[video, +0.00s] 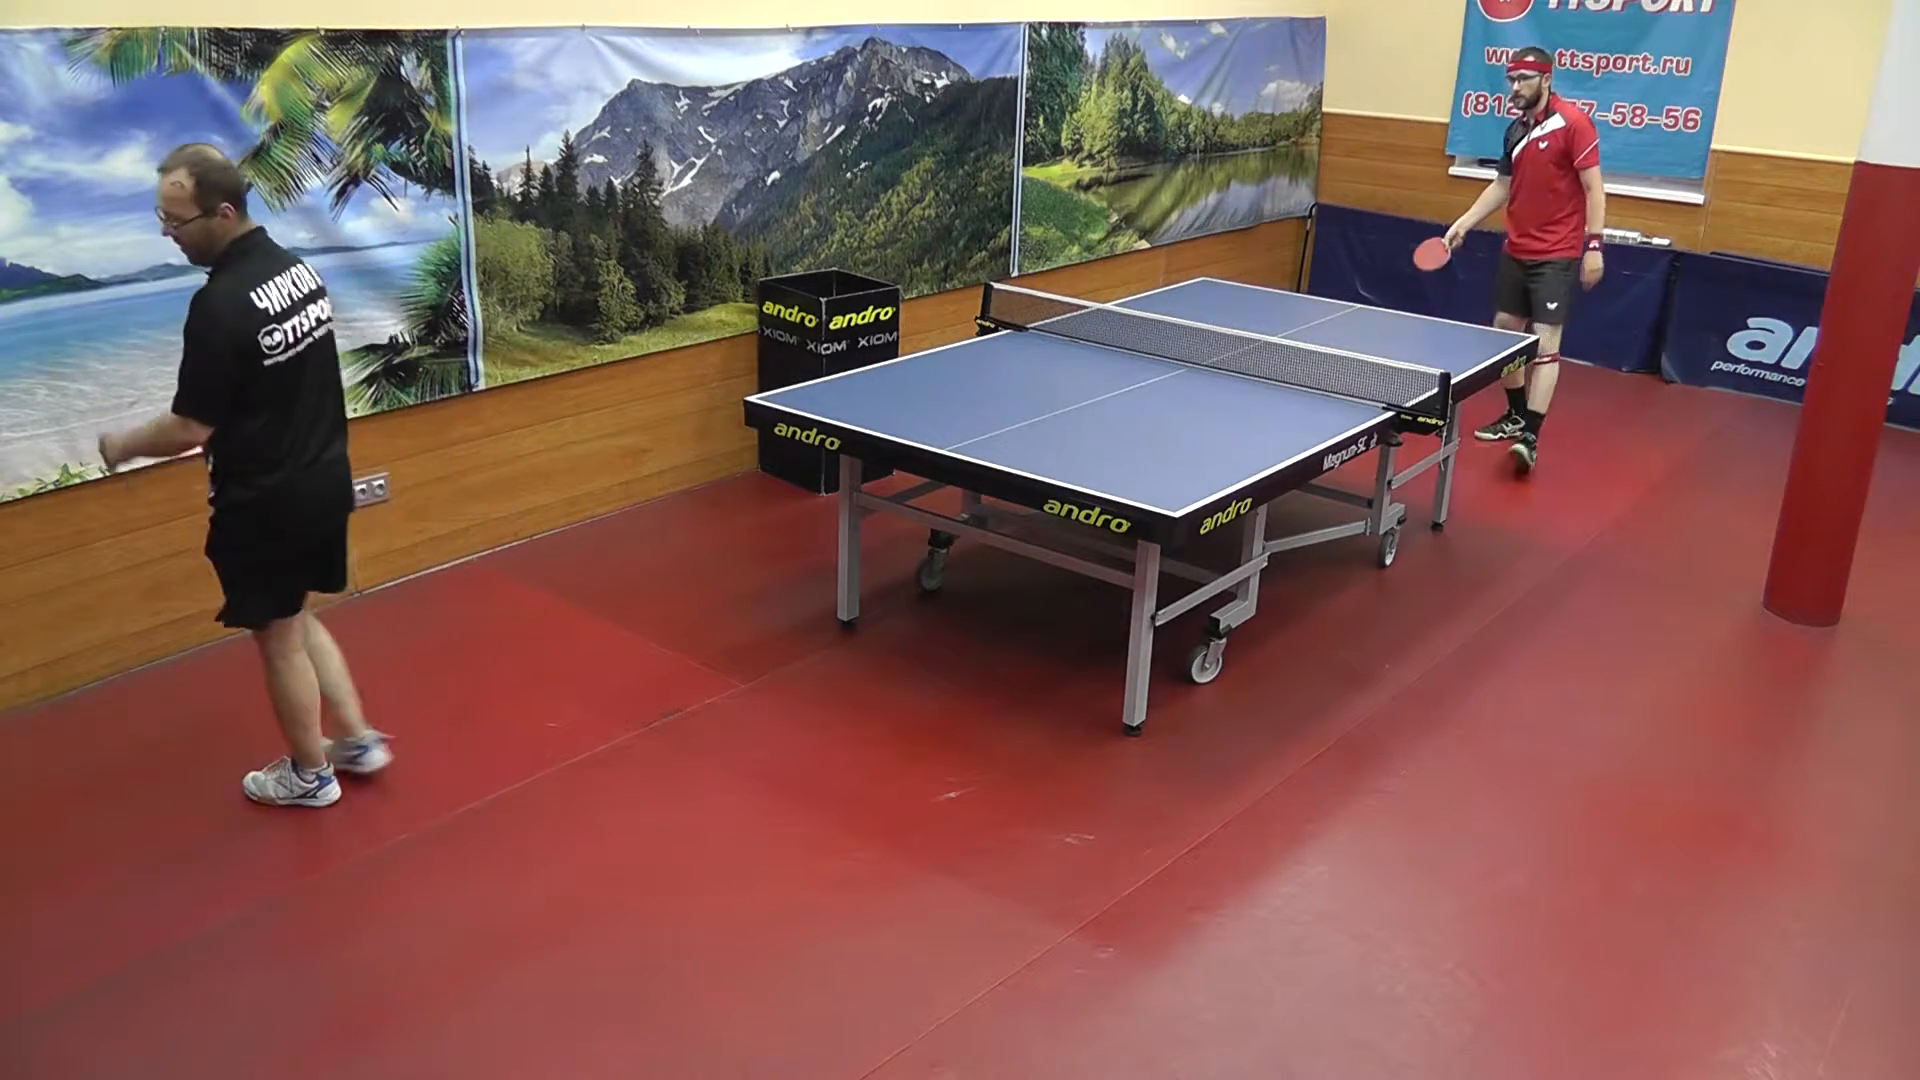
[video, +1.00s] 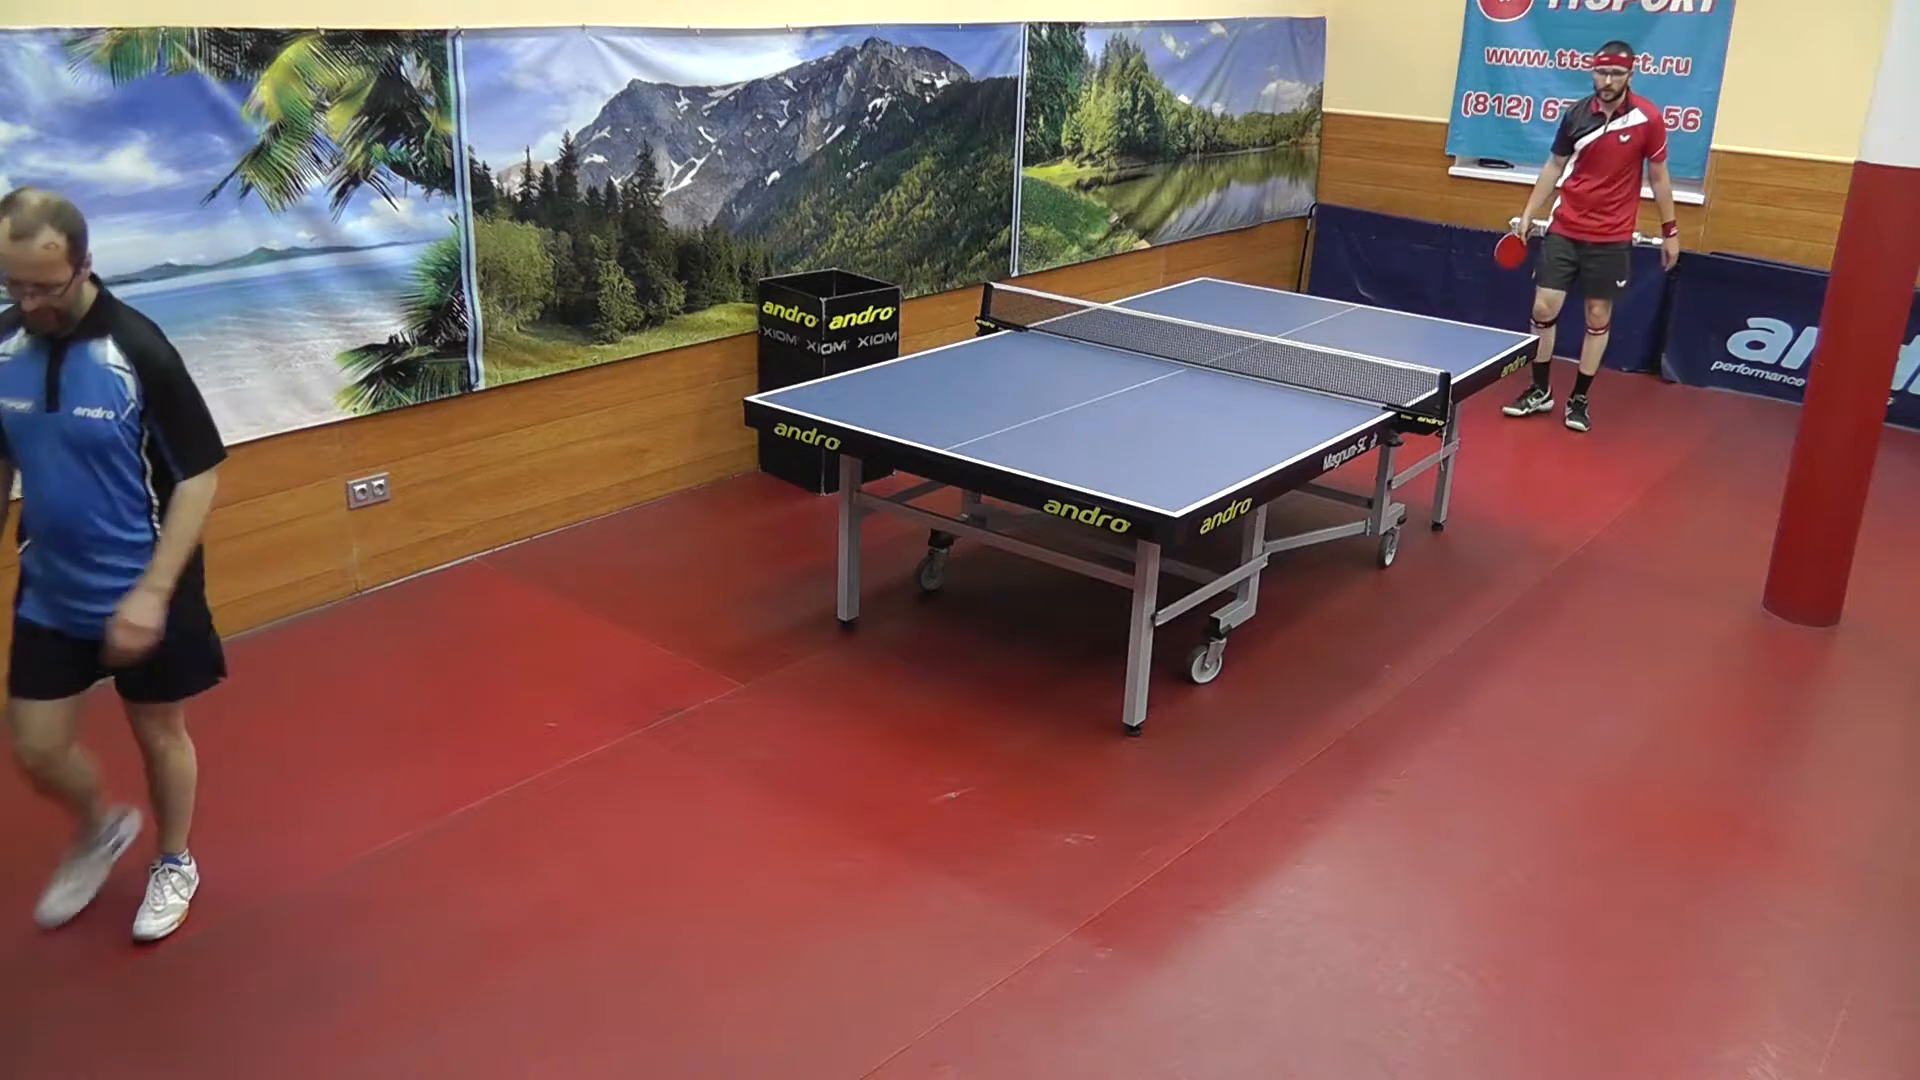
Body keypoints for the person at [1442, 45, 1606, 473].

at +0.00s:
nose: (1516, 87)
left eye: (1524, 80)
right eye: (1512, 79)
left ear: (1546, 80)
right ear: (1510, 81)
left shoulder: (1575, 125)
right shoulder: (1516, 129)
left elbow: (1594, 187)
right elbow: (1503, 185)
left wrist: (1594, 246)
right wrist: (1465, 222)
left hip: (1557, 255)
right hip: (1515, 251)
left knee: (1545, 344)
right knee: (1505, 330)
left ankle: (1530, 437)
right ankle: (1516, 414)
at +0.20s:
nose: (1529, 82)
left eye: (1537, 74)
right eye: (1524, 75)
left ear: (1557, 75)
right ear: (1520, 78)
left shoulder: (1586, 117)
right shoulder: (1523, 125)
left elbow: (1604, 177)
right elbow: (1506, 181)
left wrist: (1578, 226)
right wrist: (1473, 227)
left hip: (1569, 246)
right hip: (1524, 245)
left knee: (1560, 337)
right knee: (1516, 325)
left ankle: (1559, 426)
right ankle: (1518, 416)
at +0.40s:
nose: (1549, 80)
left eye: (1557, 72)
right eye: (1544, 73)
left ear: (1577, 73)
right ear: (1540, 75)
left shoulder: (1605, 117)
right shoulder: (1539, 123)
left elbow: (1617, 177)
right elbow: (1525, 182)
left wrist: (1584, 215)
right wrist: (1499, 232)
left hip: (1582, 248)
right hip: (1535, 244)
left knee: (1576, 337)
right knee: (1524, 324)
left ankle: (1577, 394)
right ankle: (1519, 415)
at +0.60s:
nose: (1573, 83)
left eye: (1581, 76)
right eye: (1568, 76)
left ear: (1600, 76)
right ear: (1562, 78)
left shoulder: (1625, 124)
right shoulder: (1558, 122)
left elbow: (1634, 185)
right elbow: (1544, 182)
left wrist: (1611, 234)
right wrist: (1524, 230)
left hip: (1595, 249)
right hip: (1549, 243)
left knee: (1588, 332)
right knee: (1536, 322)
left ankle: (1578, 400)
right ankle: (1521, 412)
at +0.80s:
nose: (1595, 84)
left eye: (1603, 77)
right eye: (1589, 76)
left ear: (1619, 78)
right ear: (1582, 76)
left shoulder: (1640, 124)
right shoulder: (1572, 117)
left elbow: (1648, 187)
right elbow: (1555, 173)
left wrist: (1651, 243)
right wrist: (1532, 220)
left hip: (1608, 245)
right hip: (1562, 237)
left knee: (1595, 325)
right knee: (1545, 315)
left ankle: (1578, 401)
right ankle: (1531, 403)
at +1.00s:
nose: (1607, 82)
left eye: (1616, 74)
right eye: (1601, 74)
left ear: (1630, 75)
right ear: (1593, 74)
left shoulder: (1648, 120)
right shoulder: (1576, 114)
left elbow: (1659, 178)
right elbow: (1554, 166)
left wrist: (1670, 233)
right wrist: (1527, 215)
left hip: (1611, 239)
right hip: (1564, 231)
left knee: (1597, 318)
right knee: (1543, 309)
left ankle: (1578, 400)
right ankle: (1539, 391)